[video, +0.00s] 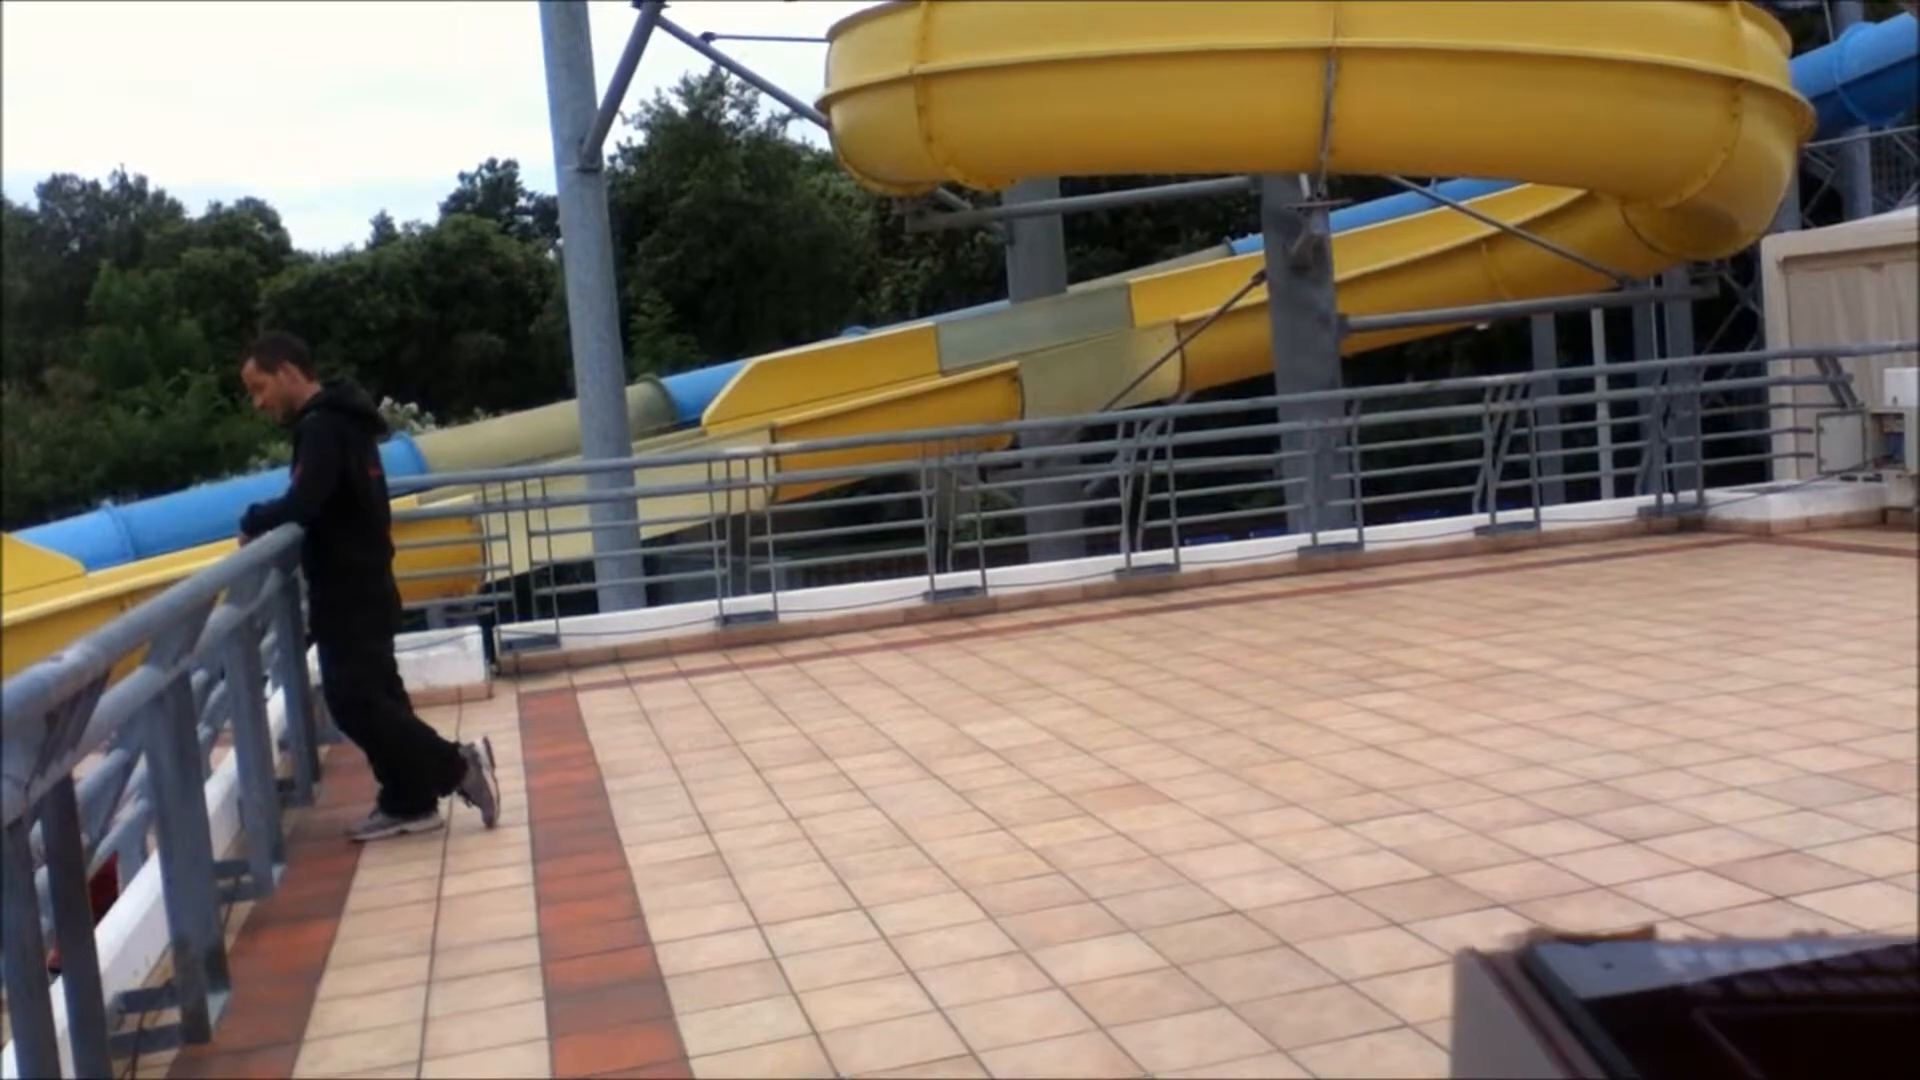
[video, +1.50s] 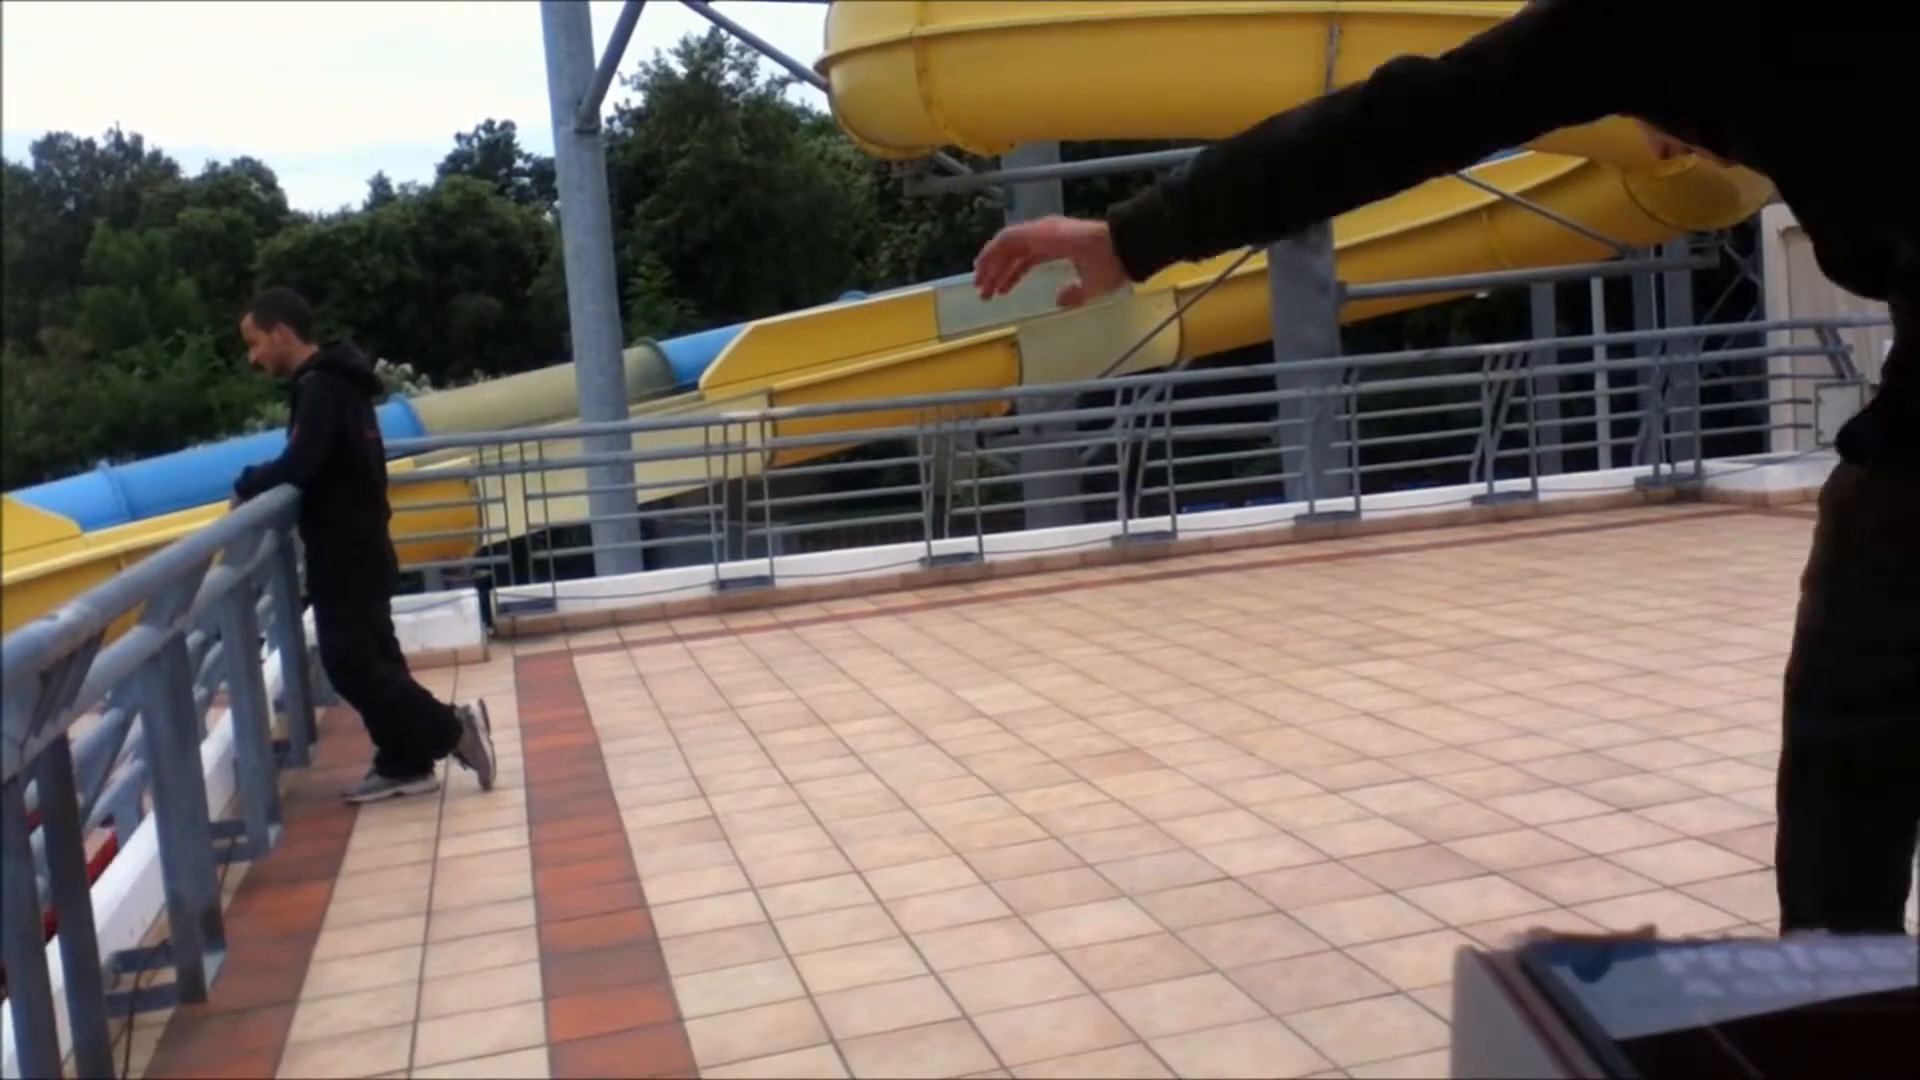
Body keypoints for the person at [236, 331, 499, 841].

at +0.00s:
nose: (257, 403)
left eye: (258, 388)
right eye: (252, 393)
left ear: (289, 373)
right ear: (294, 377)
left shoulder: (322, 426)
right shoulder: (340, 416)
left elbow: (307, 504)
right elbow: (321, 502)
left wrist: (255, 520)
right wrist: (270, 519)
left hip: (348, 592)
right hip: (364, 587)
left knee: (351, 705)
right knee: (377, 693)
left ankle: (455, 766)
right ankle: (407, 804)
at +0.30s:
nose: (256, 401)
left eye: (256, 386)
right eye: (250, 391)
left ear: (287, 371)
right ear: (292, 375)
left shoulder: (320, 424)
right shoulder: (337, 415)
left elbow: (307, 502)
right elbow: (321, 501)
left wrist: (256, 516)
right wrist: (271, 515)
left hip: (347, 591)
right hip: (361, 587)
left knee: (350, 703)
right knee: (376, 692)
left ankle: (454, 765)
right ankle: (406, 802)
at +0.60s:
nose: (249, 357)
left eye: (250, 342)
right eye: (245, 347)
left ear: (281, 328)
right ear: (285, 332)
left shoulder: (316, 381)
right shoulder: (331, 373)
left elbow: (305, 458)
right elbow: (320, 457)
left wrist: (251, 475)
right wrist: (267, 473)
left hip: (343, 549)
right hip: (357, 544)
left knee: (346, 661)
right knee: (372, 649)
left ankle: (449, 724)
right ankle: (403, 760)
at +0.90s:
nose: (252, 363)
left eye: (252, 349)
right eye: (247, 353)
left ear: (281, 335)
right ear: (286, 339)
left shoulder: (317, 388)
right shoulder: (332, 380)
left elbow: (304, 466)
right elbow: (318, 465)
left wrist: (252, 483)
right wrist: (268, 481)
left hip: (344, 556)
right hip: (357, 551)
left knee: (347, 667)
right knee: (372, 656)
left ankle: (450, 731)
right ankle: (404, 767)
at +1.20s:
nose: (252, 362)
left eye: (254, 347)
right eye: (248, 351)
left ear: (283, 334)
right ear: (288, 337)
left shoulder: (317, 389)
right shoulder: (335, 378)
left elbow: (303, 467)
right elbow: (315, 463)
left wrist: (252, 482)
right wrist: (268, 480)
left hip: (343, 554)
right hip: (358, 549)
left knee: (347, 667)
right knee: (372, 655)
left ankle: (450, 730)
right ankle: (403, 765)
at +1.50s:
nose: (252, 358)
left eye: (253, 343)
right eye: (248, 346)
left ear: (283, 333)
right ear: (289, 335)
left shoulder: (319, 386)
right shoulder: (334, 377)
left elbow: (303, 465)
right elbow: (311, 463)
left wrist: (247, 485)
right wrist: (261, 484)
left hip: (345, 552)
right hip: (359, 548)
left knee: (348, 666)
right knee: (373, 654)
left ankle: (451, 730)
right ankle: (403, 765)